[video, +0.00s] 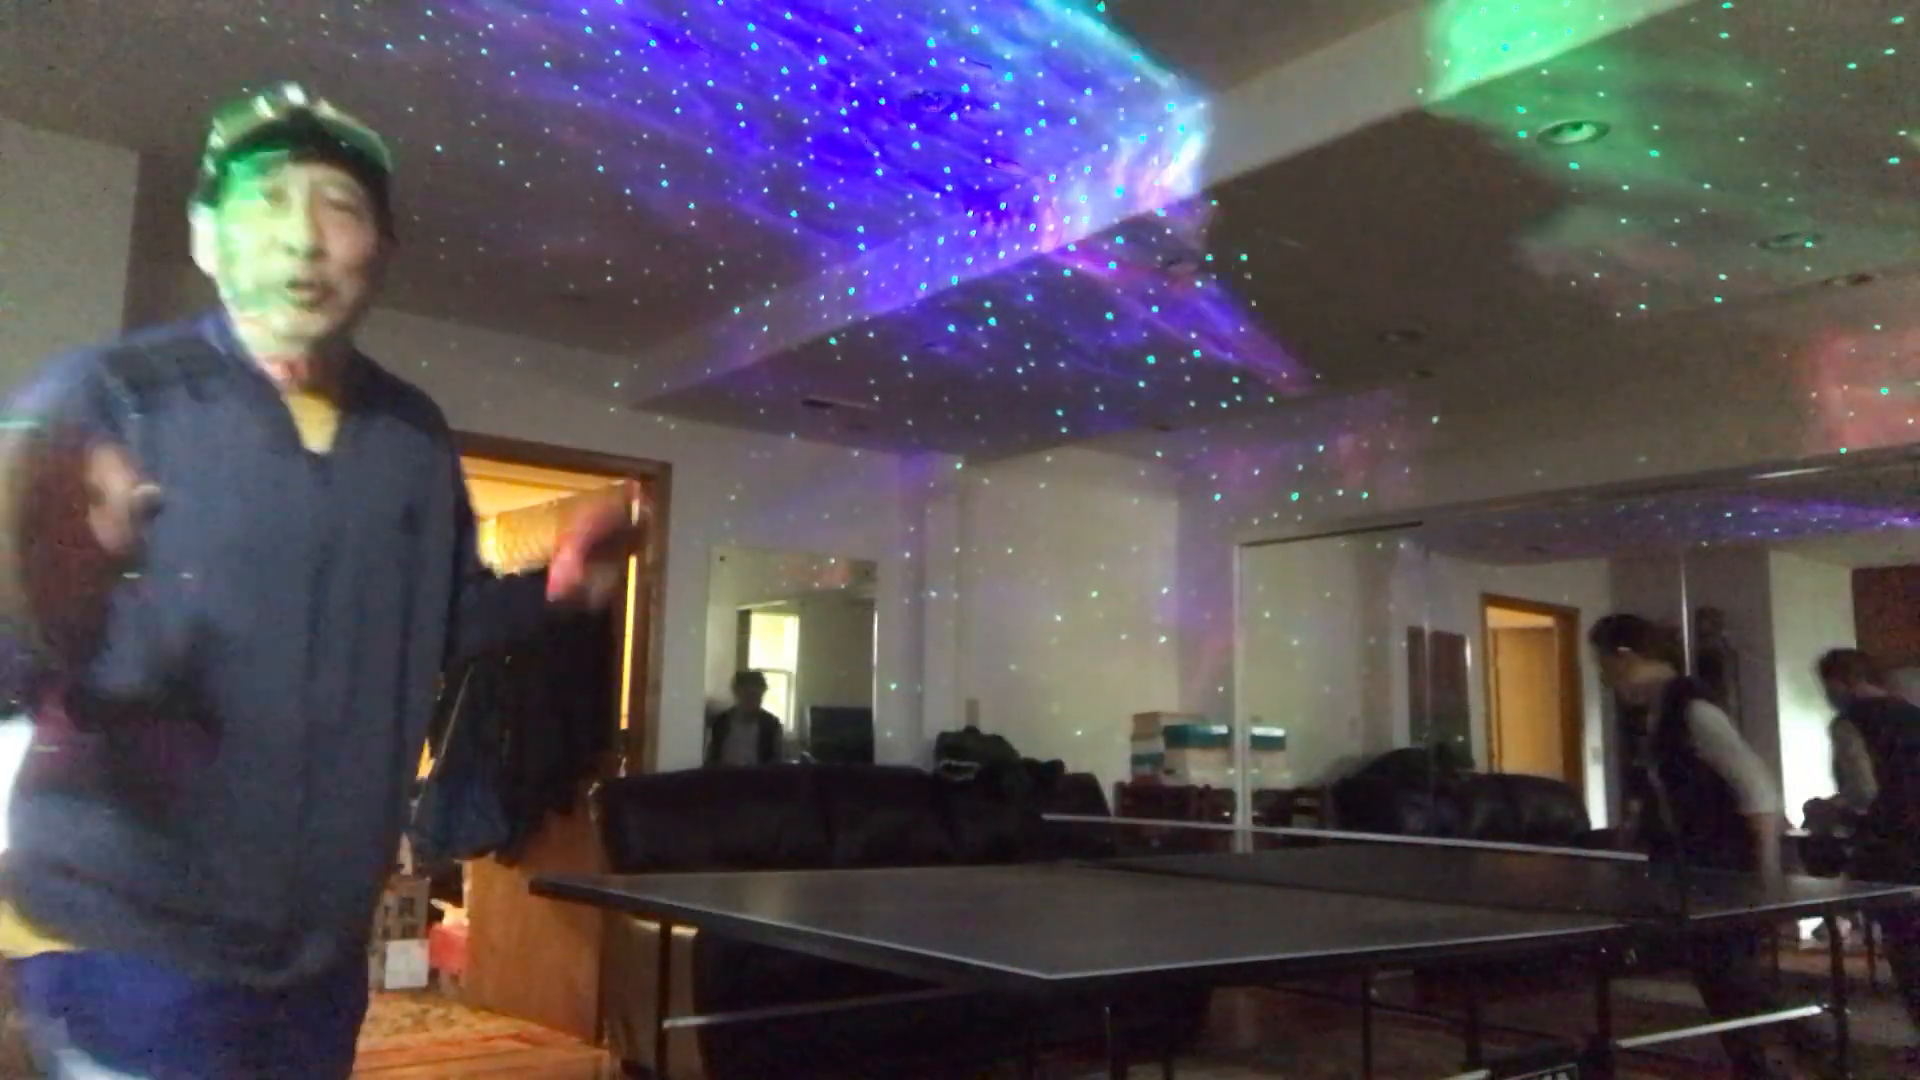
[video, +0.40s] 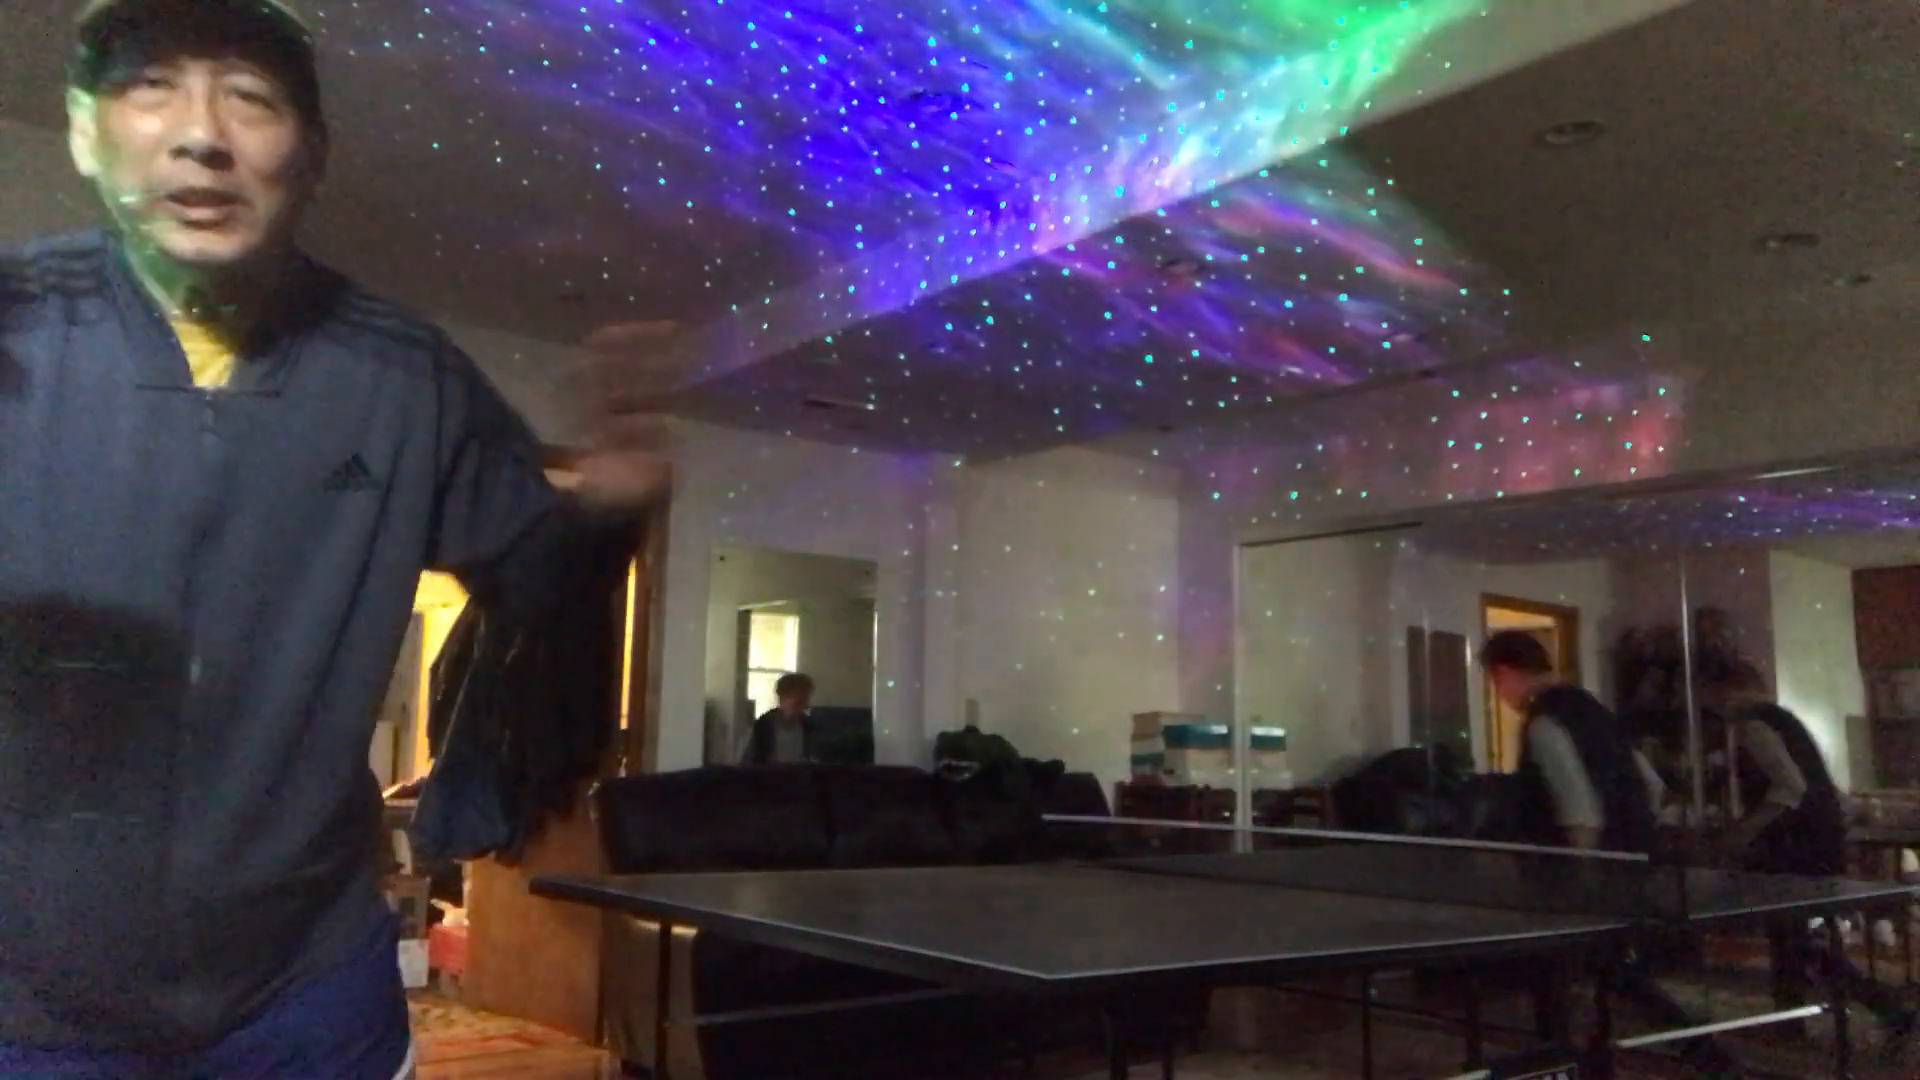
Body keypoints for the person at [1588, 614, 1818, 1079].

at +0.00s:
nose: (1605, 678)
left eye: (1607, 665)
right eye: (1603, 668)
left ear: (1628, 657)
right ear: (1633, 657)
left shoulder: (1692, 710)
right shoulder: (1646, 716)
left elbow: (1762, 795)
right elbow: (1657, 801)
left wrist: (1769, 890)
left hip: (1726, 875)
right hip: (1688, 873)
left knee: (1732, 985)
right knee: (1717, 983)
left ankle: (1755, 1067)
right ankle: (1745, 1066)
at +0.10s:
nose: (1584, 684)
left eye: (1584, 670)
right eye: (1581, 672)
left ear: (1604, 660)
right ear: (1612, 658)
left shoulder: (1661, 711)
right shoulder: (1629, 712)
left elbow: (1722, 792)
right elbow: (1650, 802)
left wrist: (1724, 874)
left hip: (1685, 871)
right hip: (1653, 869)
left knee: (1702, 980)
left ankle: (1743, 1059)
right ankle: (1732, 1056)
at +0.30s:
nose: (1527, 689)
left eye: (1528, 677)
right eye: (1524, 678)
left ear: (1546, 671)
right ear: (1570, 664)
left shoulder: (1585, 717)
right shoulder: (1609, 705)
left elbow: (1637, 813)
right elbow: (1672, 785)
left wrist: (1625, 887)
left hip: (1601, 880)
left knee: (1582, 976)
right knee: (1680, 981)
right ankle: (1734, 1063)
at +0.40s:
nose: (1497, 691)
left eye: (1496, 679)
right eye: (1494, 680)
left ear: (1511, 672)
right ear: (1537, 665)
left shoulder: (1544, 723)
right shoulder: (1587, 706)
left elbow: (1583, 818)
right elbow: (1651, 786)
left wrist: (1577, 890)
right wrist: (1629, 842)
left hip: (1579, 874)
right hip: (1626, 862)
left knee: (1553, 972)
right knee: (1620, 972)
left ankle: (1559, 1064)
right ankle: (1707, 1052)